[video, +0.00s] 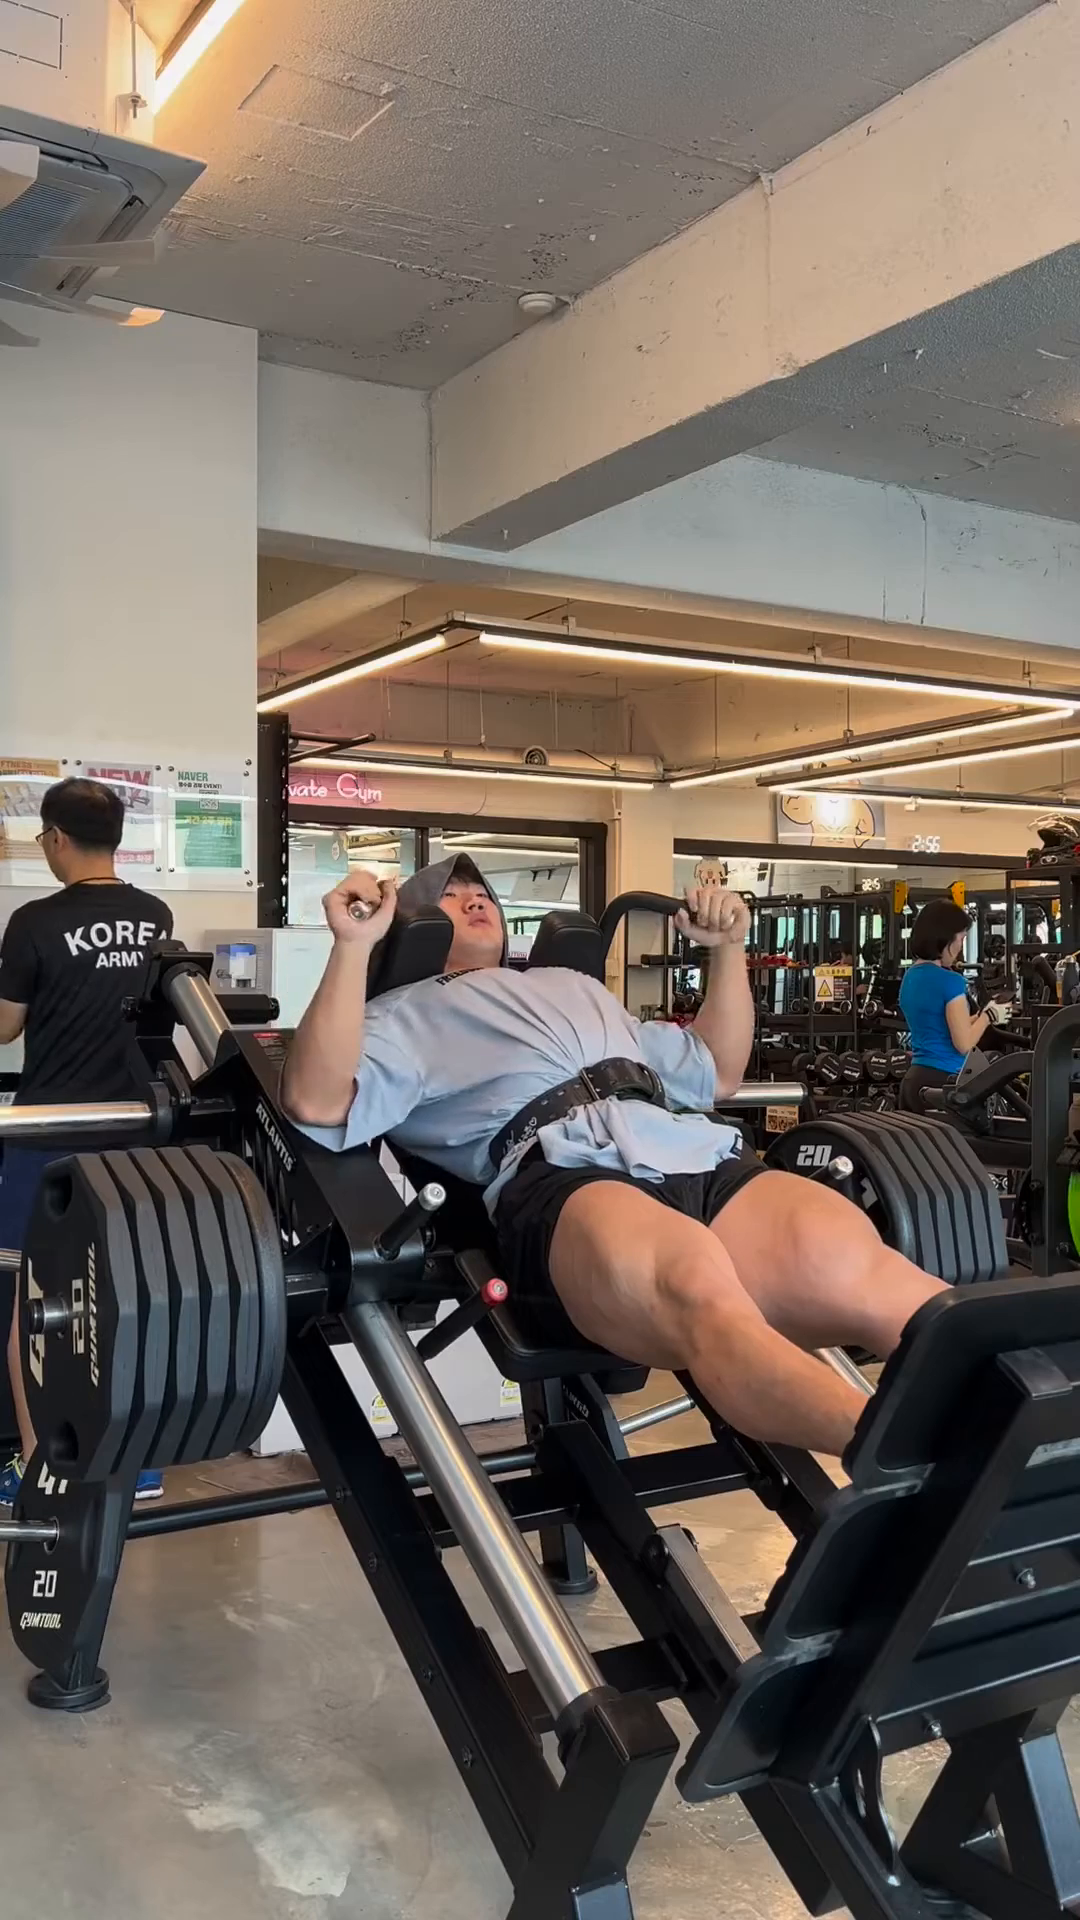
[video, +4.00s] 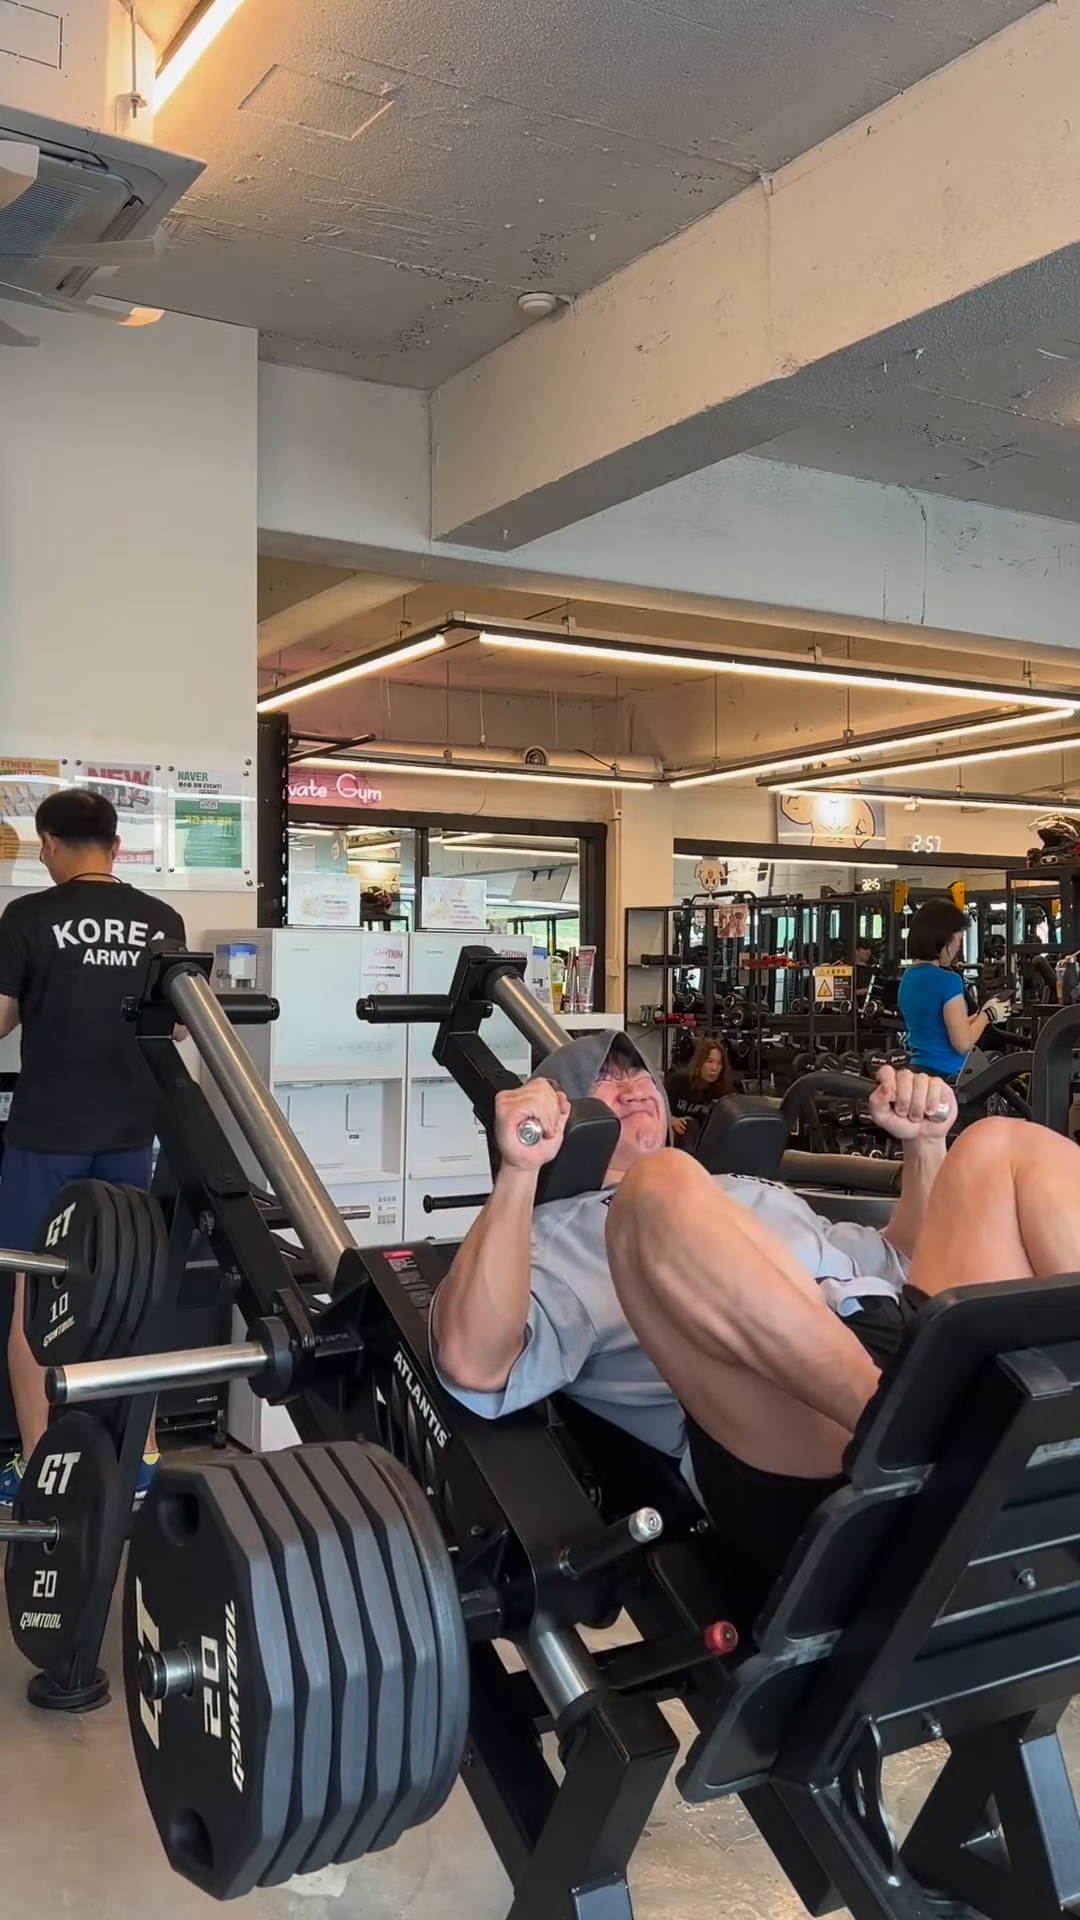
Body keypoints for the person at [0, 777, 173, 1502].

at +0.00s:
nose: (44, 848)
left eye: (44, 837)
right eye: (46, 837)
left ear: (57, 840)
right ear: (115, 840)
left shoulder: (35, 921)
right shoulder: (154, 912)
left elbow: (6, 1024)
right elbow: (161, 1006)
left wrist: (60, 986)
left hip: (47, 1134)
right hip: (136, 1133)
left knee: (25, 1296)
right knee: (131, 1292)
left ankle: (34, 1456)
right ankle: (138, 1461)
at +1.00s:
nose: (30, 860)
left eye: (31, 849)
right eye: (31, 849)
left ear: (43, 846)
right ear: (106, 846)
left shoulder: (29, 915)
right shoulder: (159, 917)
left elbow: (4, 984)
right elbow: (176, 1019)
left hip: (40, 1131)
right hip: (135, 1135)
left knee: (26, 1296)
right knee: (132, 1293)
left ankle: (35, 1454)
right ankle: (139, 1461)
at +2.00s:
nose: (48, 857)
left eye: (45, 847)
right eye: (59, 848)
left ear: (48, 846)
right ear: (116, 849)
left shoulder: (25, 916)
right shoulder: (159, 918)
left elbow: (4, 1027)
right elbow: (173, 1020)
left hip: (44, 1133)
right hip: (139, 1130)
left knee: (21, 1297)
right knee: (128, 1290)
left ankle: (38, 1456)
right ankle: (126, 1448)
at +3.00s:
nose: (49, 858)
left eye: (45, 848)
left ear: (48, 847)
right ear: (115, 848)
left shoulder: (25, 917)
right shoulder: (160, 917)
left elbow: (5, 1029)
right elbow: (175, 1020)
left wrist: (55, 1014)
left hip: (47, 1128)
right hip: (136, 1128)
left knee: (27, 1295)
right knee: (124, 1290)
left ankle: (41, 1462)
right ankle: (126, 1453)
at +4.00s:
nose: (47, 859)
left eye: (44, 849)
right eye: (51, 849)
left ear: (48, 847)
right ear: (116, 848)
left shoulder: (28, 916)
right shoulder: (163, 918)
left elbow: (6, 1020)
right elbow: (178, 1023)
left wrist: (47, 1004)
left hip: (47, 1130)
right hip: (135, 1132)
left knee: (26, 1298)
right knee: (130, 1288)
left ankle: (41, 1462)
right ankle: (138, 1447)